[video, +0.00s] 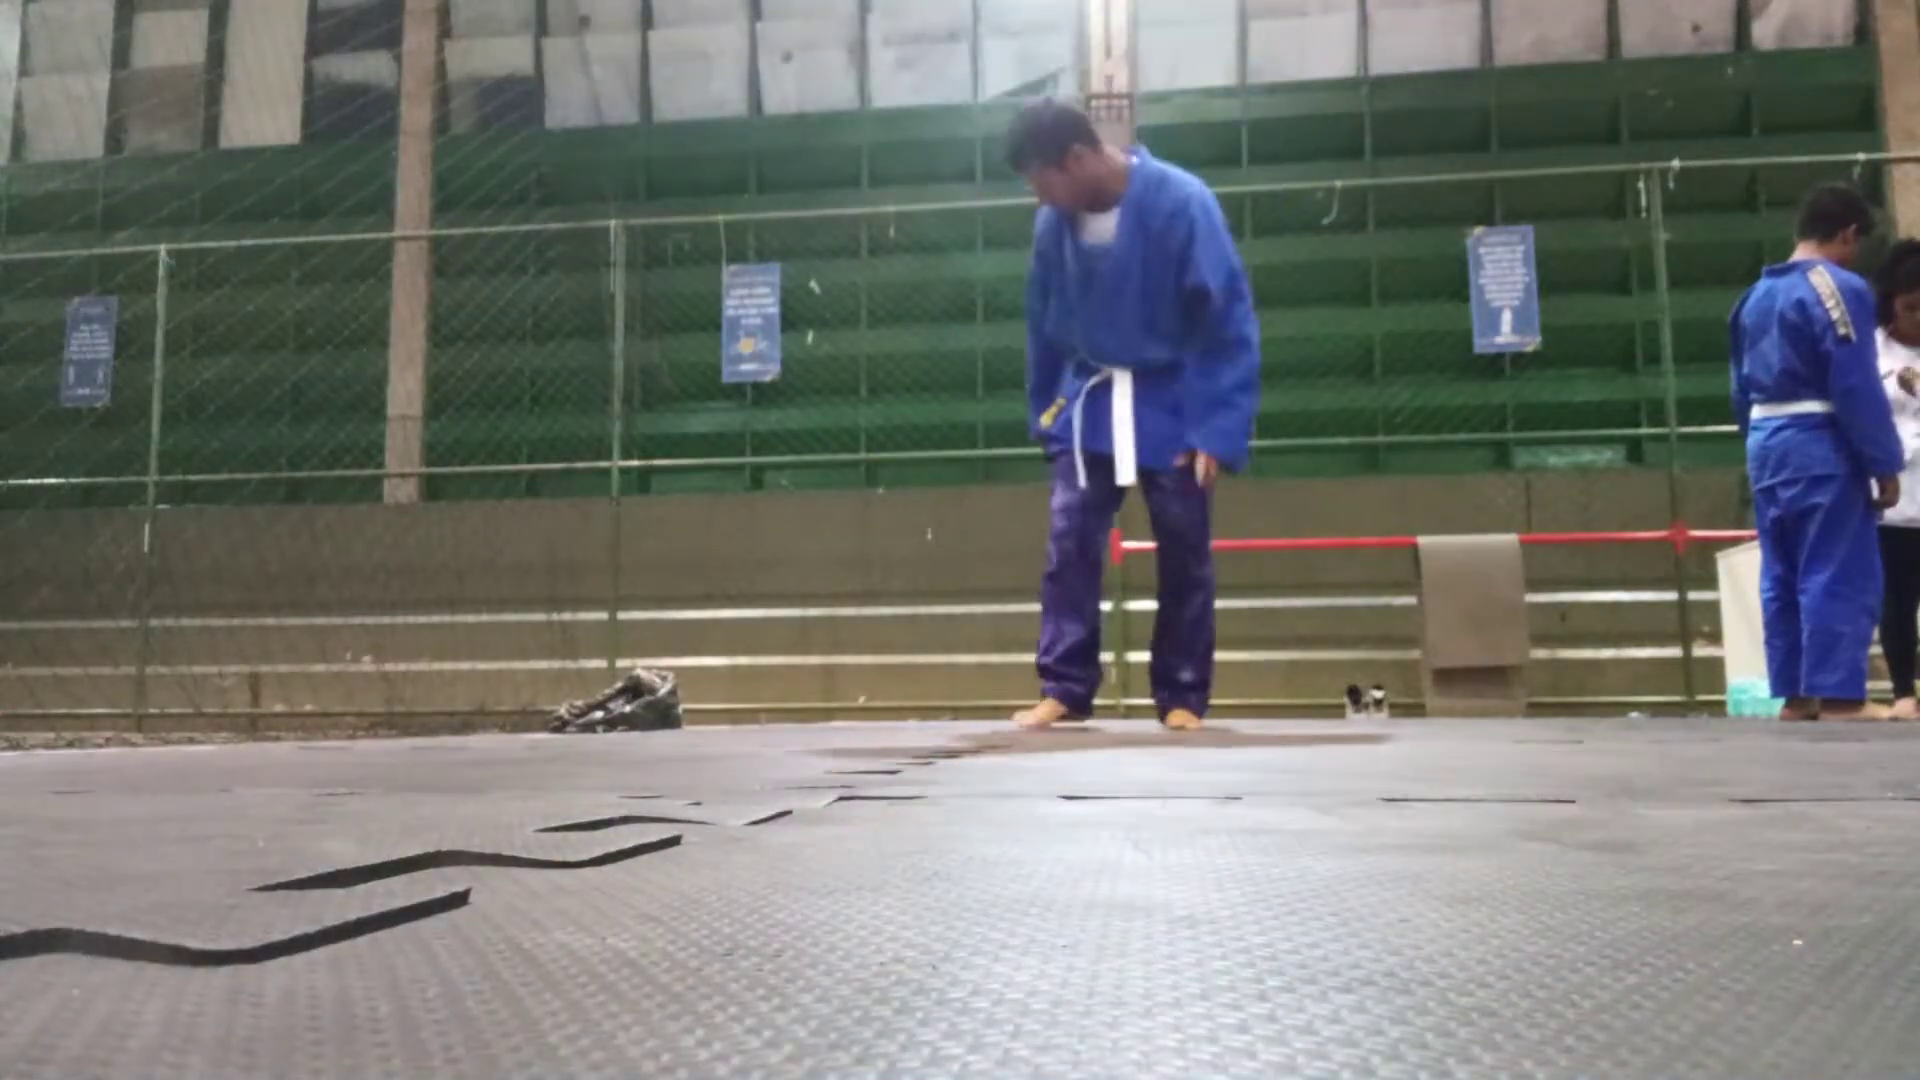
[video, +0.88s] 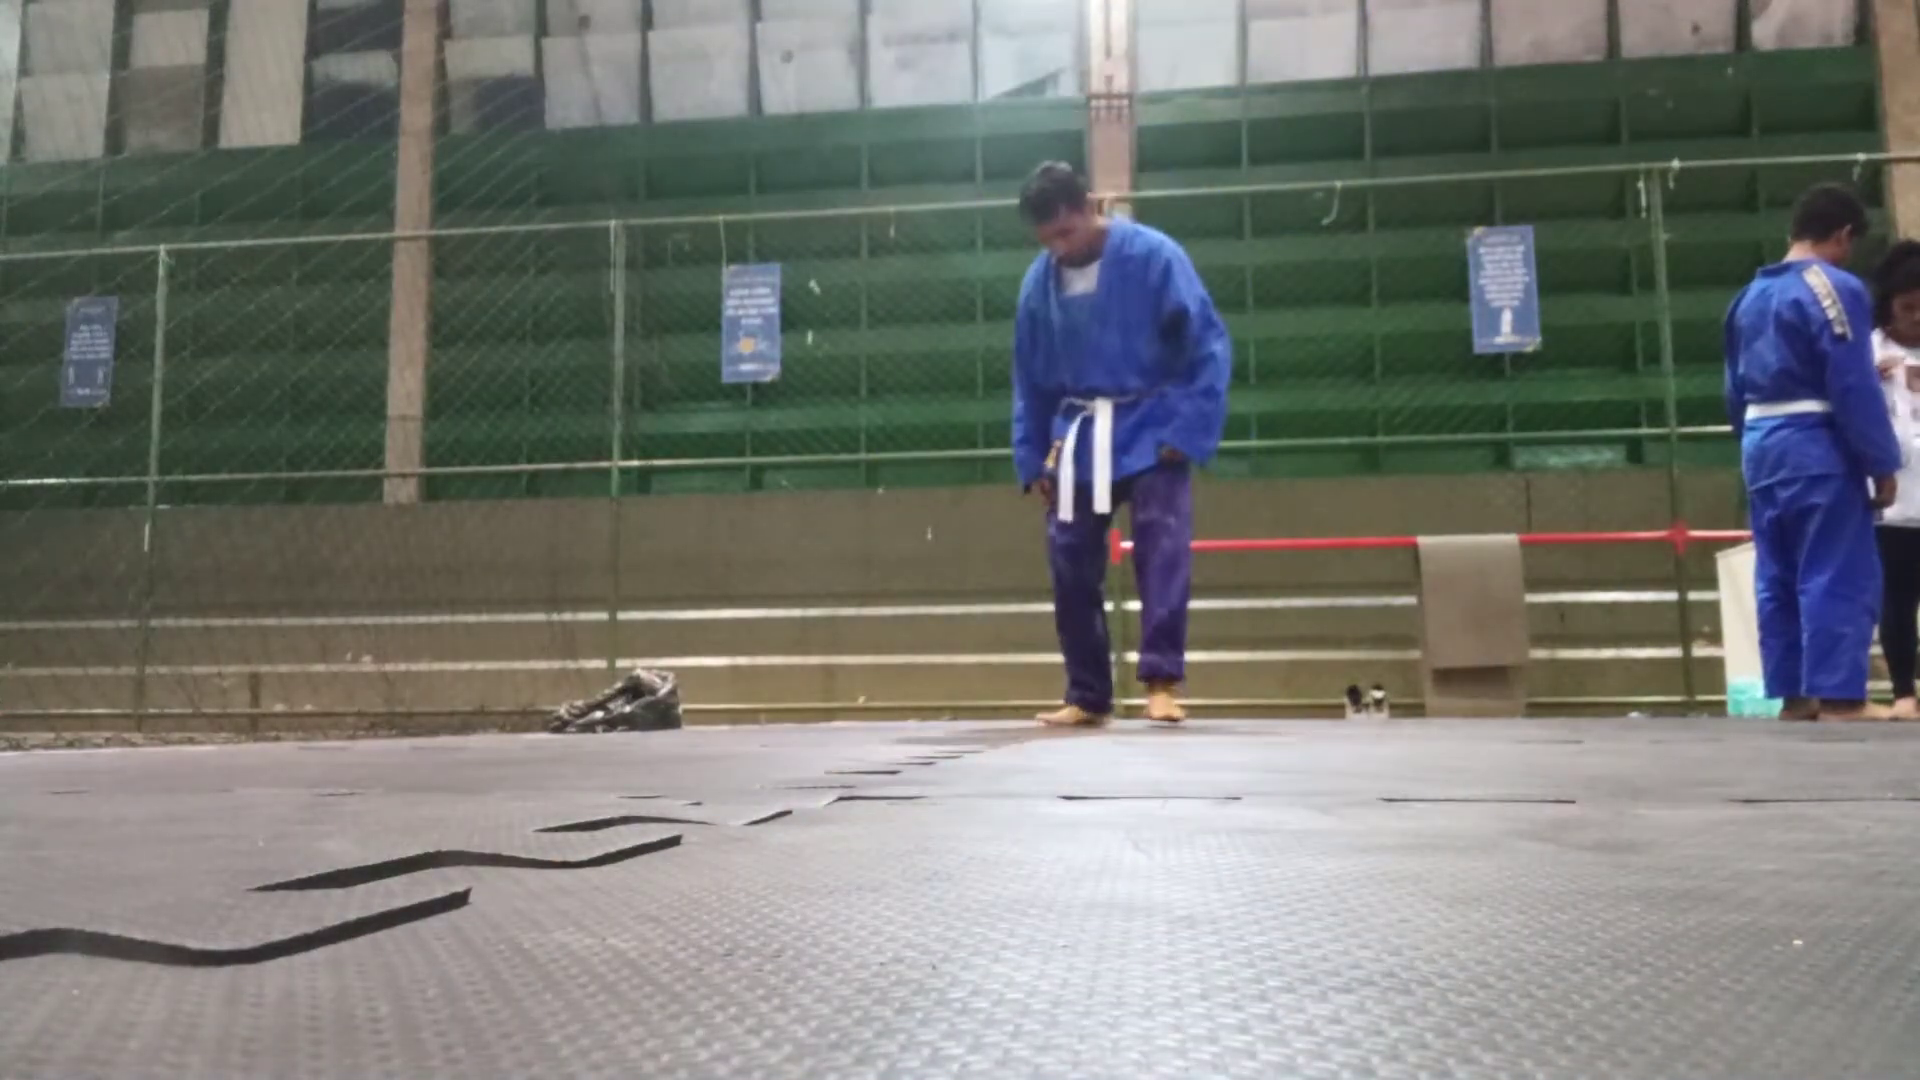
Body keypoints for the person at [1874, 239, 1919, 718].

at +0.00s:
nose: (1914, 317)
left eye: (1917, 307)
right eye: (1908, 307)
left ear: (1919, 306)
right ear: (1890, 306)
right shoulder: (1872, 348)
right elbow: (1855, 409)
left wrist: (1910, 391)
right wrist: (1894, 390)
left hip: (1913, 498)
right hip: (1892, 499)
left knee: (1907, 604)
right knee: (1898, 604)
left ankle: (1908, 689)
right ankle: (1903, 690)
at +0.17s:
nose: (1915, 317)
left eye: (1918, 307)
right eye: (1908, 307)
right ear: (1889, 307)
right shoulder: (1871, 348)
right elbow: (1846, 399)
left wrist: (1901, 382)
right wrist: (1880, 382)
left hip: (1914, 498)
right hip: (1893, 498)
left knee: (1907, 604)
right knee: (1898, 603)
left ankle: (1908, 689)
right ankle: (1904, 690)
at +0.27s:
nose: (1914, 316)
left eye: (1918, 307)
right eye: (1908, 307)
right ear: (1889, 307)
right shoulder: (1870, 351)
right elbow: (1853, 412)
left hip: (1914, 496)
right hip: (1893, 497)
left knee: (1906, 603)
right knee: (1898, 603)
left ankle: (1908, 688)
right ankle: (1904, 689)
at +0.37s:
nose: (1914, 317)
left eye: (1918, 307)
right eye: (1907, 307)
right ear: (1889, 307)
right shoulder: (1871, 349)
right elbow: (1855, 414)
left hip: (1914, 496)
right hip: (1893, 497)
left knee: (1907, 603)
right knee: (1898, 603)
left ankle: (1908, 688)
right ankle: (1904, 690)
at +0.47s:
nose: (1915, 317)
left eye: (1918, 307)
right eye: (1908, 307)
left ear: (1919, 307)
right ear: (1889, 307)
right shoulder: (1871, 349)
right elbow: (1853, 411)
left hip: (1913, 498)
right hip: (1893, 498)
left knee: (1906, 604)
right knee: (1898, 604)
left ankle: (1908, 689)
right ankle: (1904, 690)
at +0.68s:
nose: (1915, 316)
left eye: (1918, 307)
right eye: (1908, 307)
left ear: (1919, 307)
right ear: (1889, 307)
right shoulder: (1870, 351)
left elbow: (1862, 419)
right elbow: (1856, 417)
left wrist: (1875, 466)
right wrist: (1872, 469)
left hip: (1912, 499)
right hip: (1893, 499)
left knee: (1906, 605)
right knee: (1898, 604)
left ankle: (1908, 688)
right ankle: (1904, 689)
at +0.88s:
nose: (1914, 316)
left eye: (1917, 307)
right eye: (1907, 306)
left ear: (1919, 307)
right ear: (1888, 306)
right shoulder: (1871, 349)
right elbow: (1840, 394)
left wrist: (1910, 383)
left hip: (1913, 495)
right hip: (1893, 495)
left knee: (1906, 604)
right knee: (1898, 603)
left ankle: (1908, 688)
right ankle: (1904, 690)